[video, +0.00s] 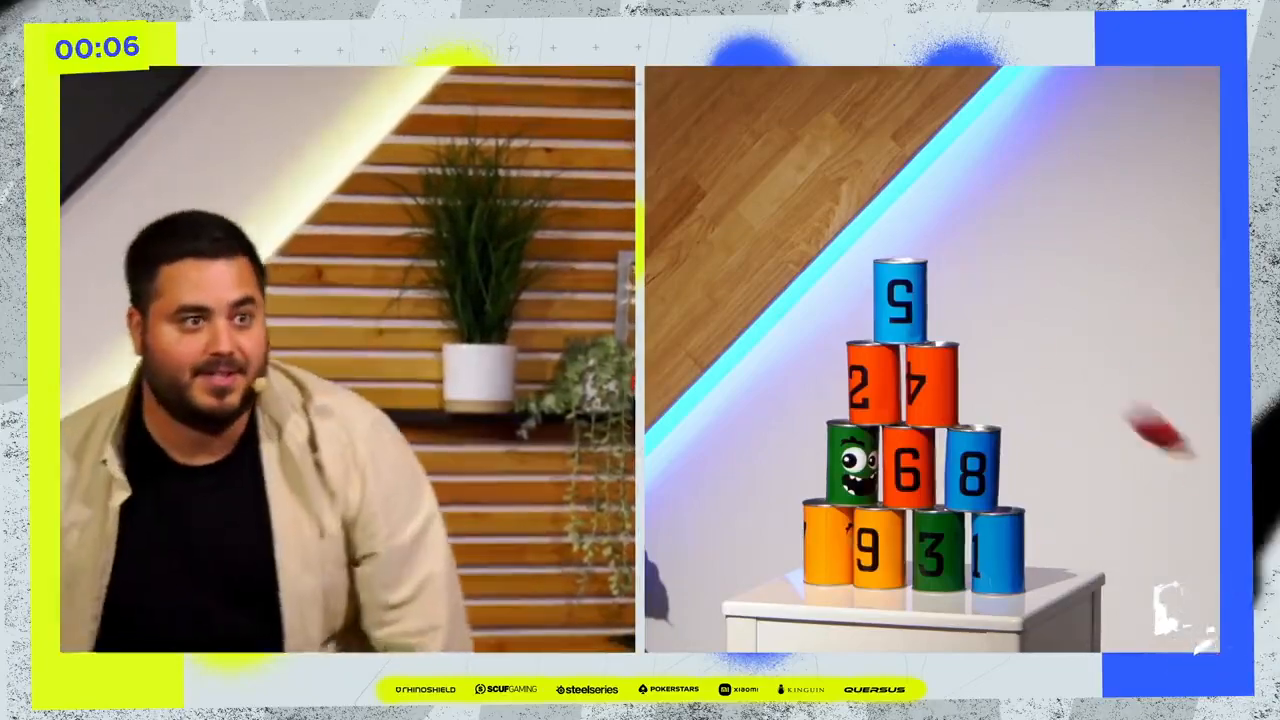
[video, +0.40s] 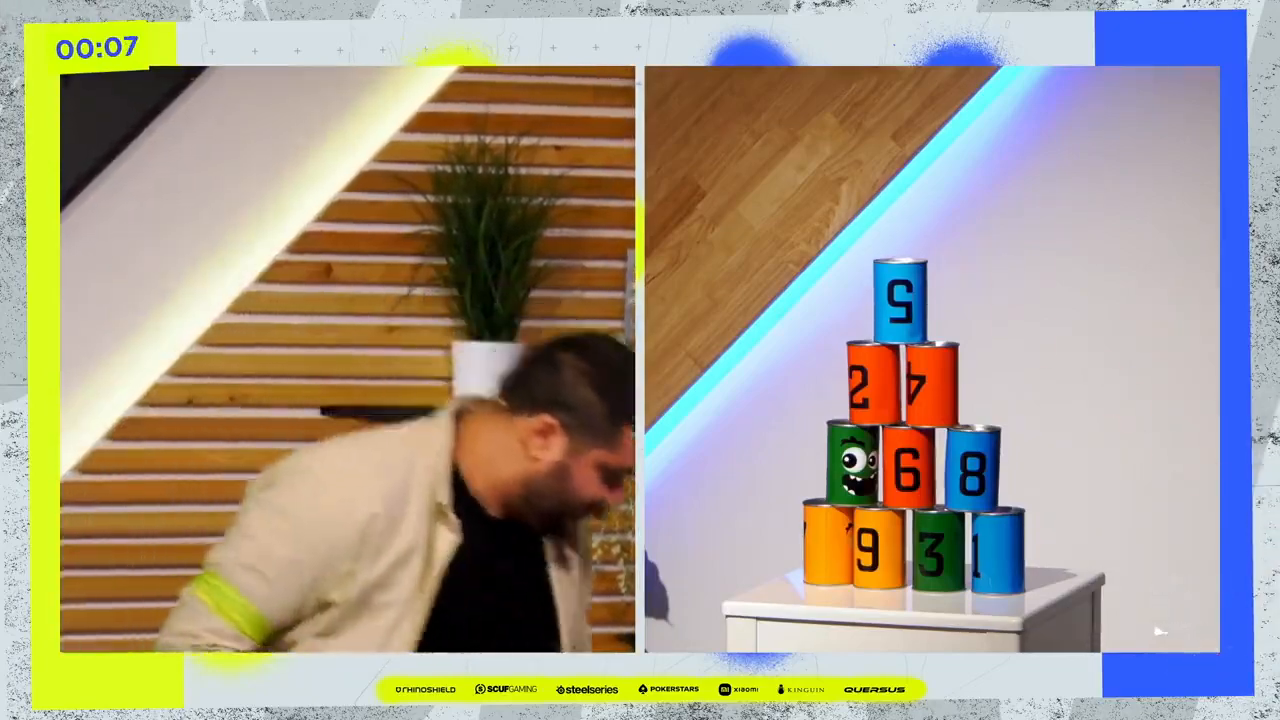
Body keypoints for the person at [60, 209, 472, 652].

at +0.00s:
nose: (224, 346)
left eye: (243, 317)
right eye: (193, 320)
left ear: (265, 320)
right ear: (138, 329)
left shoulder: (353, 444)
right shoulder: (57, 466)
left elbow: (428, 650)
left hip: (295, 707)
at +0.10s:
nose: (295, 340)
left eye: (312, 312)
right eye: (264, 313)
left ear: (326, 314)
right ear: (199, 316)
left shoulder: (394, 434)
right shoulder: (85, 465)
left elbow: (484, 625)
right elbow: (20, 648)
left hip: (348, 719)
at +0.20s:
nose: (410, 378)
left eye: (416, 352)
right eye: (393, 351)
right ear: (314, 333)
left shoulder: (431, 436)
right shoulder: (148, 456)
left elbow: (510, 623)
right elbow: (63, 639)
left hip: (394, 709)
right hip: (211, 709)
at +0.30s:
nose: (518, 431)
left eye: (525, 410)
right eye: (509, 408)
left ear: (436, 380)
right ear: (435, 379)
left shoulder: (490, 470)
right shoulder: (235, 465)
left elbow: (532, 641)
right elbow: (129, 644)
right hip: (278, 712)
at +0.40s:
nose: (613, 499)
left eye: (621, 480)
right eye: (610, 475)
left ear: (541, 438)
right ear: (543, 438)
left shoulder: (555, 523)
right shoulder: (339, 489)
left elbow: (563, 683)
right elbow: (192, 648)